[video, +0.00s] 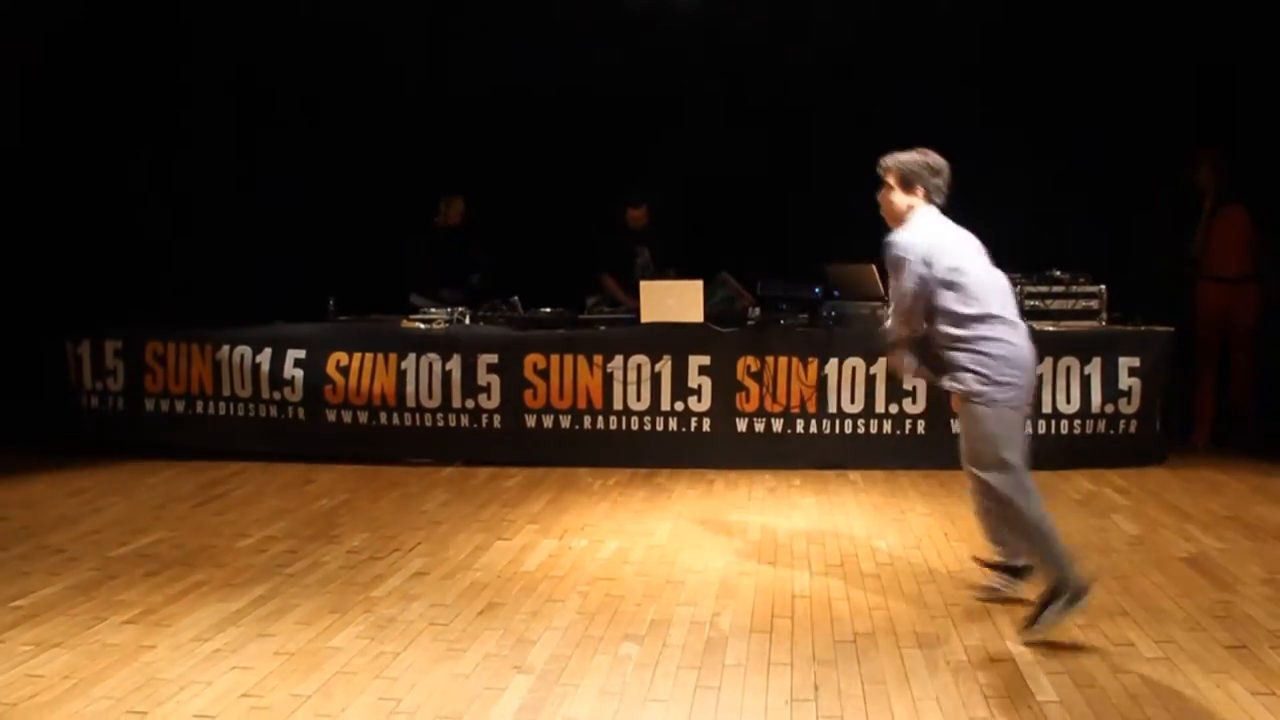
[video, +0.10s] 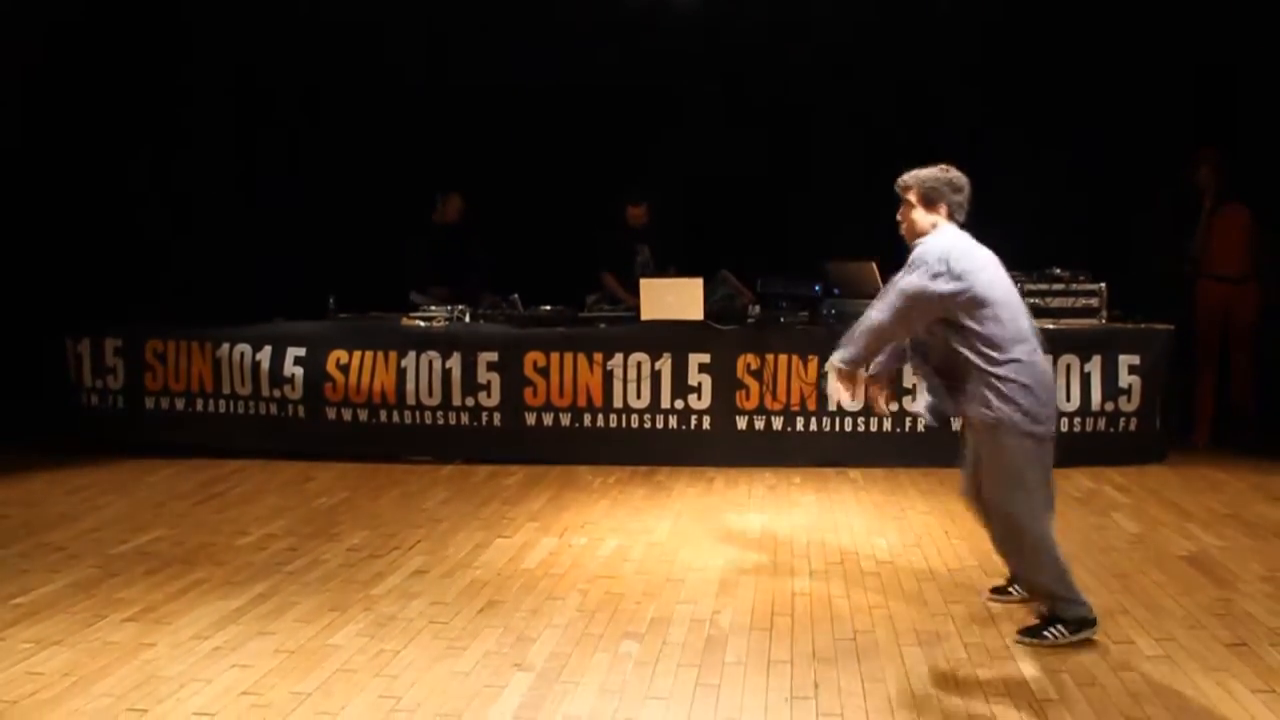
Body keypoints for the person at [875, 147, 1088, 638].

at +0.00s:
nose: (880, 197)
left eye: (886, 187)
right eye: (881, 187)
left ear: (913, 192)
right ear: (923, 194)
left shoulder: (908, 240)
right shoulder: (951, 233)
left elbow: (905, 322)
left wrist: (893, 343)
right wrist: (947, 376)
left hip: (988, 365)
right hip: (1009, 357)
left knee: (996, 473)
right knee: (991, 469)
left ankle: (1065, 580)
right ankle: (1017, 562)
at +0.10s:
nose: (899, 216)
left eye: (906, 206)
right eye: (900, 206)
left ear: (937, 209)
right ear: (940, 212)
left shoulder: (942, 254)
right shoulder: (954, 250)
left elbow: (885, 315)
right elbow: (911, 324)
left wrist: (843, 360)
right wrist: (883, 374)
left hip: (1012, 401)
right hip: (993, 399)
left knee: (1013, 507)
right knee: (985, 494)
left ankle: (1072, 613)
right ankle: (1029, 576)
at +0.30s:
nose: (915, 215)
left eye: (918, 200)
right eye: (909, 205)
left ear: (945, 191)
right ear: (953, 191)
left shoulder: (970, 240)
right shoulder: (948, 245)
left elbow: (1018, 328)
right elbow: (959, 323)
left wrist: (1032, 330)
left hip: (999, 399)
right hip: (952, 401)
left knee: (996, 506)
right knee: (934, 503)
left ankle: (1063, 586)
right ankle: (944, 624)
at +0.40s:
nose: (930, 247)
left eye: (937, 232)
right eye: (923, 238)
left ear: (967, 221)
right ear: (921, 237)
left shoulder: (999, 262)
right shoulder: (947, 279)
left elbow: (1074, 294)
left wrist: (1050, 354)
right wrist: (1032, 360)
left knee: (977, 537)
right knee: (915, 535)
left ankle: (1054, 603)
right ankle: (937, 656)